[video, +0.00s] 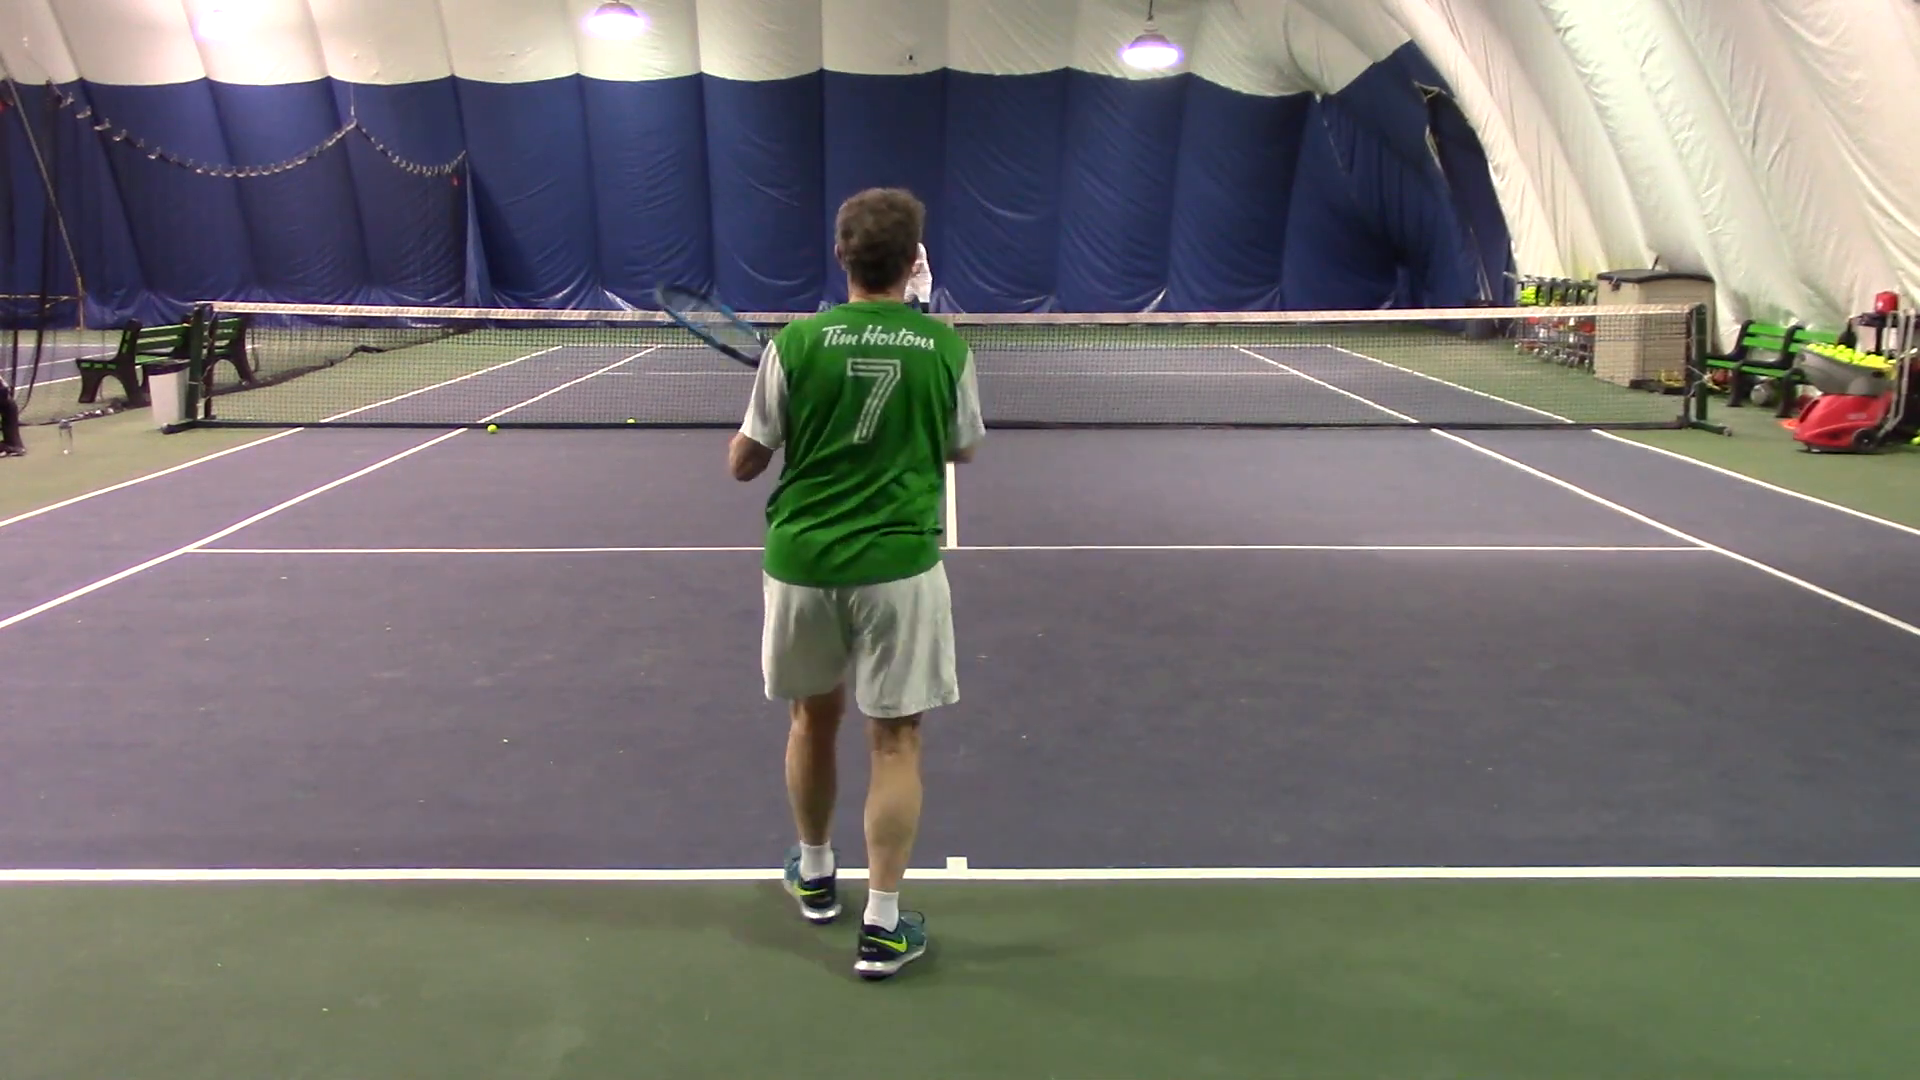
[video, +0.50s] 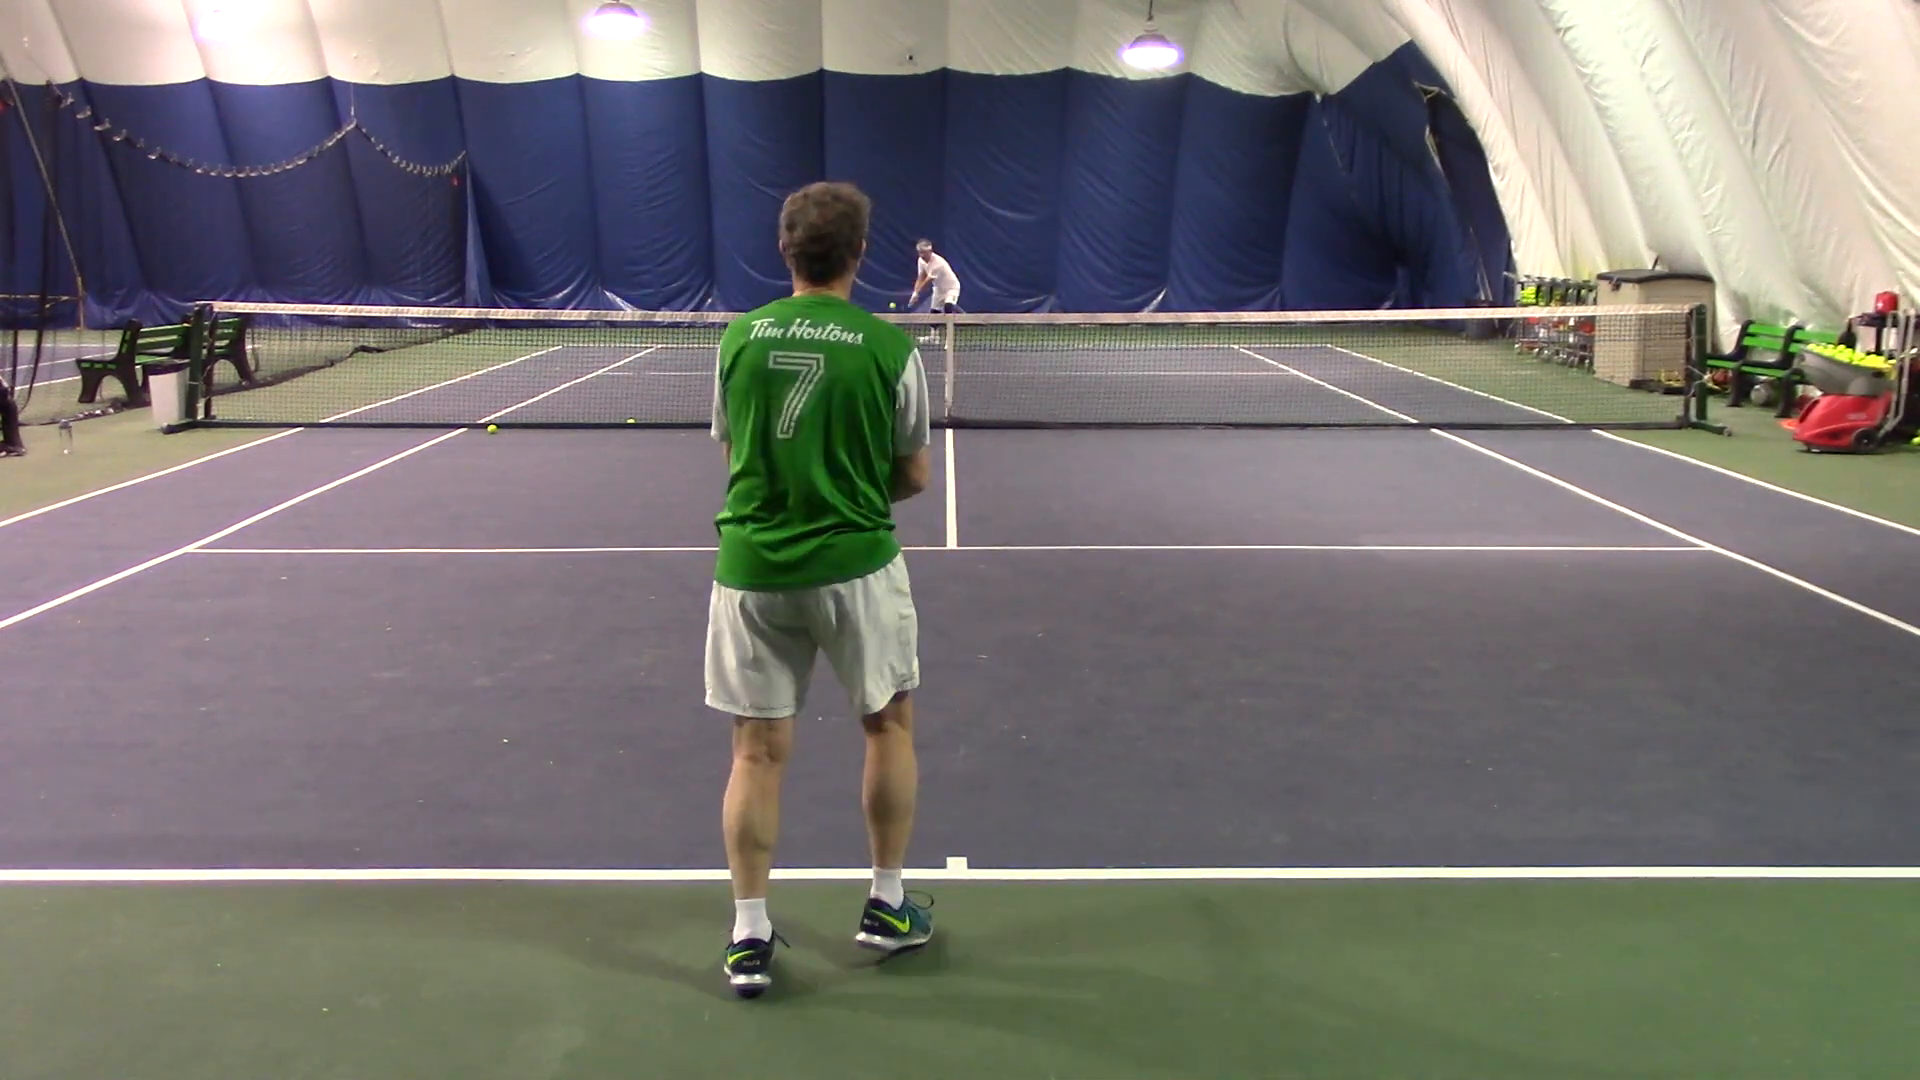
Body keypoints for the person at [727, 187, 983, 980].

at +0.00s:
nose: (919, 259)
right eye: (920, 249)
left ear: (840, 259)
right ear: (914, 262)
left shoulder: (794, 344)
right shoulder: (945, 347)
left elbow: (743, 464)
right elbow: (961, 449)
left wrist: (779, 409)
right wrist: (898, 402)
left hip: (802, 567)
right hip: (900, 570)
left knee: (813, 718)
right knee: (895, 740)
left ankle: (815, 875)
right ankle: (882, 924)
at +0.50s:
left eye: (800, 240)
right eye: (856, 244)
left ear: (785, 252)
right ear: (860, 255)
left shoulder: (740, 337)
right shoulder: (892, 346)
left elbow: (734, 445)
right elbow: (913, 476)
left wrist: (812, 458)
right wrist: (846, 481)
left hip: (754, 568)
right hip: (859, 567)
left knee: (756, 750)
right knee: (888, 723)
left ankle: (748, 934)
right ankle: (887, 901)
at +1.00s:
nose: (856, 262)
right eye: (859, 252)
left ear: (781, 258)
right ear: (854, 261)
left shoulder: (731, 339)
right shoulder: (881, 355)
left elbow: (705, 467)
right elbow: (915, 486)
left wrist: (756, 508)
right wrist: (852, 530)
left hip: (731, 566)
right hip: (831, 570)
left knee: (724, 729)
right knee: (857, 739)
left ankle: (677, 898)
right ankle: (882, 915)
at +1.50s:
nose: (769, 273)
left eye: (761, 260)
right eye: (769, 262)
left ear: (691, 265)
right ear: (759, 272)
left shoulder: (676, 330)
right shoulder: (718, 350)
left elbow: (791, 392)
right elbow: (721, 456)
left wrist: (877, 377)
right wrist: (840, 448)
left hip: (624, 570)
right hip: (677, 580)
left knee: (675, 746)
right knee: (717, 764)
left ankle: (669, 903)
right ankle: (634, 953)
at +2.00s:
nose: (772, 297)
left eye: (770, 283)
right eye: (772, 284)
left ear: (696, 278)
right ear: (755, 292)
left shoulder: (660, 334)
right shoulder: (697, 364)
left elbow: (664, 421)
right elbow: (694, 465)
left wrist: (747, 408)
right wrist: (769, 500)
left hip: (606, 576)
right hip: (640, 587)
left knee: (670, 735)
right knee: (669, 784)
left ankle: (688, 876)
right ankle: (610, 977)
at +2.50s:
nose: (825, 299)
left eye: (825, 288)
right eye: (825, 290)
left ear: (745, 277)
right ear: (807, 300)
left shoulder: (666, 320)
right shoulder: (808, 365)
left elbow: (558, 336)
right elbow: (758, 360)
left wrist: (628, 349)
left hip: (640, 562)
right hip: (724, 574)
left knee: (684, 723)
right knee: (711, 750)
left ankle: (699, 878)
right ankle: (659, 923)